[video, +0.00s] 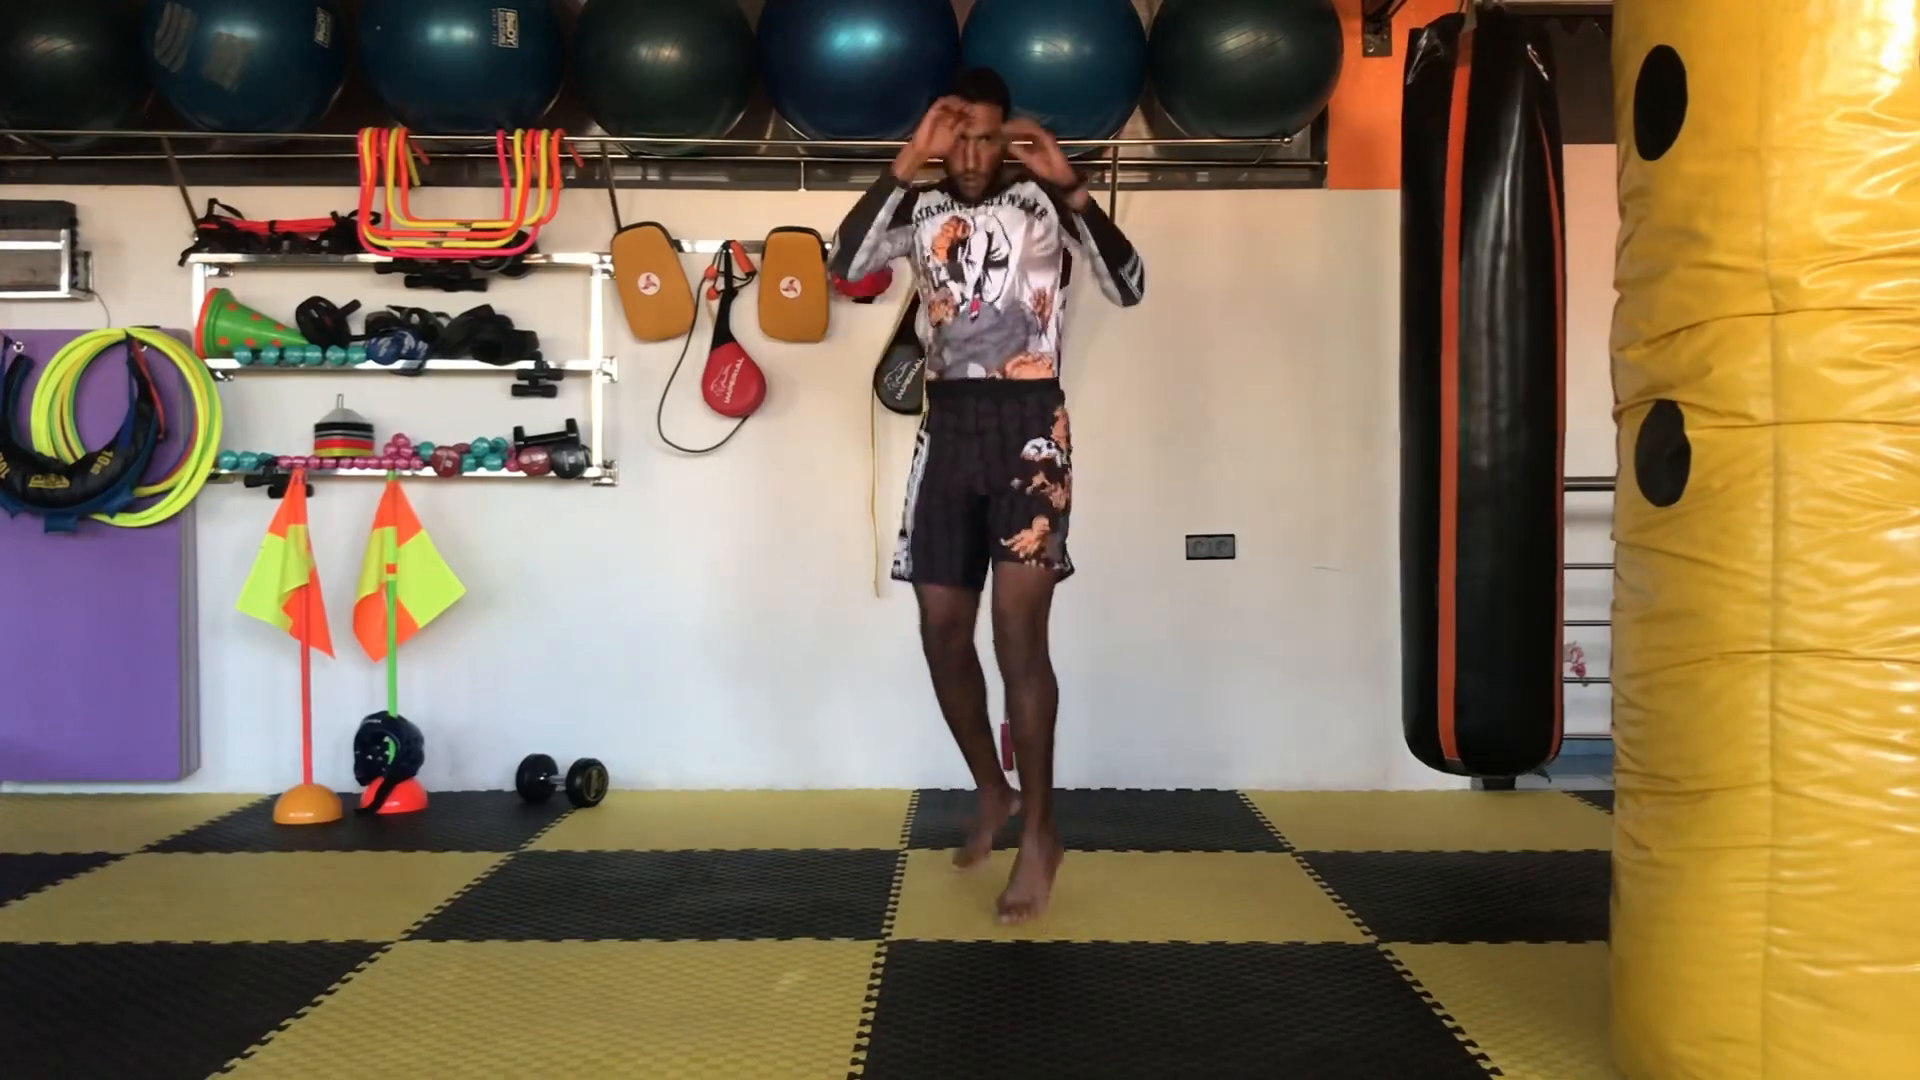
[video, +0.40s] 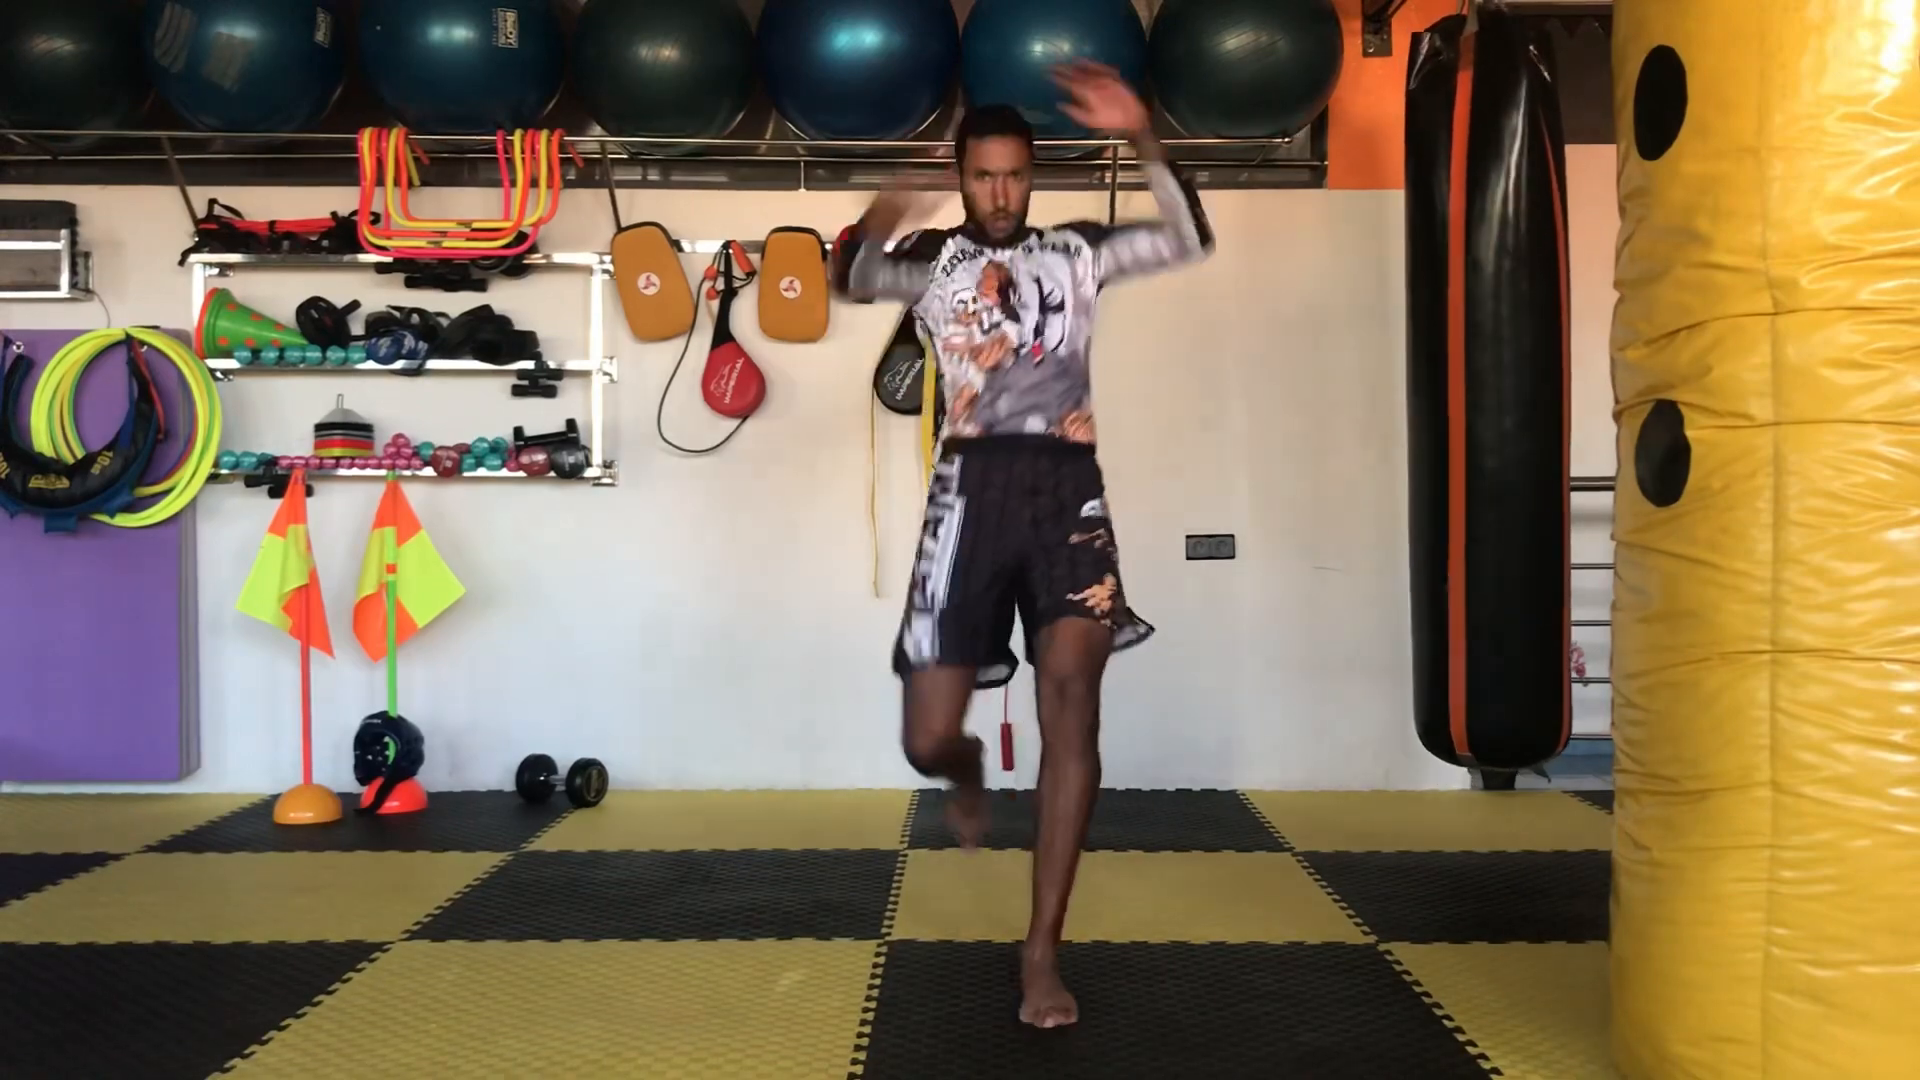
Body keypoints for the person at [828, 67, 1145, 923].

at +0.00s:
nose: (970, 147)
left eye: (986, 132)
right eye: (959, 130)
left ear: (1013, 140)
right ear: (939, 138)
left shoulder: (1048, 209)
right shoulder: (922, 215)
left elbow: (1128, 287)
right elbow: (849, 269)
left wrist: (1071, 189)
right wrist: (904, 169)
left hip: (1030, 432)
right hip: (948, 433)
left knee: (1017, 634)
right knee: (943, 633)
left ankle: (1039, 830)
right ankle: (993, 791)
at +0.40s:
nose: (998, 193)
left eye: (1013, 175)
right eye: (983, 177)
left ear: (1034, 178)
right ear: (962, 182)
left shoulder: (1081, 258)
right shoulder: (932, 267)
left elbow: (1187, 240)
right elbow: (851, 275)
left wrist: (1139, 136)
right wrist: (902, 195)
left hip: (1065, 490)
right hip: (967, 494)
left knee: (1069, 703)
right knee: (930, 740)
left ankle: (1044, 948)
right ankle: (969, 774)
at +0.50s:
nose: (997, 172)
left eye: (1009, 157)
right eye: (980, 157)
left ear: (1032, 165)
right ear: (957, 169)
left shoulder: (1077, 233)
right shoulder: (936, 252)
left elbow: (1126, 177)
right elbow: (865, 339)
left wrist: (1023, 119)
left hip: (1081, 454)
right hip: (982, 445)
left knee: (1077, 695)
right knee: (913, 594)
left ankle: (1027, 945)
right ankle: (924, 719)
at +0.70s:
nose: (978, 168)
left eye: (994, 154)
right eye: (961, 157)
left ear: (1017, 159)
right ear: (938, 167)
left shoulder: (1050, 205)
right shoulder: (925, 250)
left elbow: (1046, 186)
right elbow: (882, 376)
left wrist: (918, 211)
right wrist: (829, 522)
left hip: (1090, 396)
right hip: (995, 382)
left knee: (1098, 671)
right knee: (979, 258)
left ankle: (1026, 922)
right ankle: (886, 518)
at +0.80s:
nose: (974, 175)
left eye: (988, 160)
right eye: (956, 161)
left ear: (1012, 165)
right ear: (926, 175)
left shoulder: (1051, 234)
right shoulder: (916, 264)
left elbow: (1068, 172)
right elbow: (863, 380)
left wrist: (931, 199)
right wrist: (779, 497)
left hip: (1097, 430)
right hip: (1000, 404)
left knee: (1098, 690)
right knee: (969, 244)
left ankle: (1023, 927)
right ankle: (892, 516)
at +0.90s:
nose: (976, 172)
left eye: (990, 157)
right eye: (960, 158)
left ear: (1012, 162)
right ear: (933, 166)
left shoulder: (1050, 238)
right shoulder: (921, 264)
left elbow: (1072, 213)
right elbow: (841, 349)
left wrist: (940, 195)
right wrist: (760, 403)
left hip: (1092, 438)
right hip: (997, 418)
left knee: (1088, 693)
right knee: (949, 317)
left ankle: (1001, 935)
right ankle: (881, 582)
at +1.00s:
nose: (976, 159)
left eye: (990, 143)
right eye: (959, 143)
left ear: (1010, 154)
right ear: (927, 154)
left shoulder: (1050, 228)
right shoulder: (910, 252)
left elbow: (1106, 232)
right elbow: (828, 322)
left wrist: (966, 197)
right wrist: (784, 303)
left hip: (1084, 446)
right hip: (992, 432)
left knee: (1061, 717)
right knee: (941, 411)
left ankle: (981, 948)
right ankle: (880, 653)